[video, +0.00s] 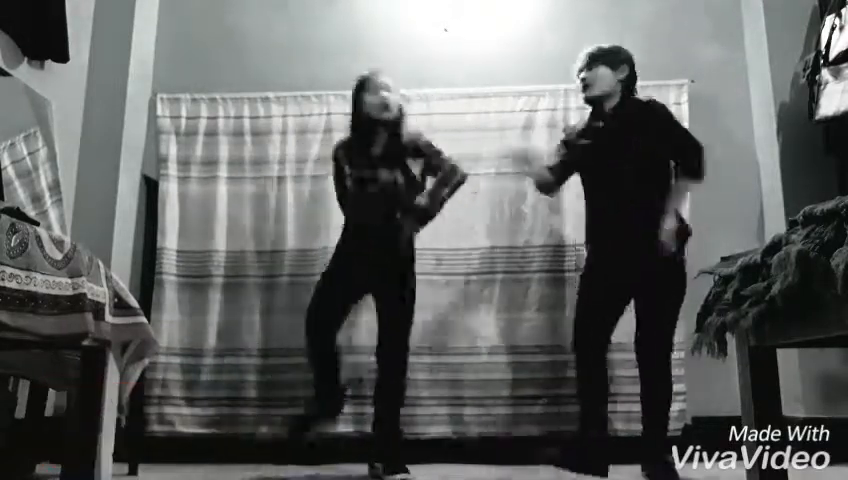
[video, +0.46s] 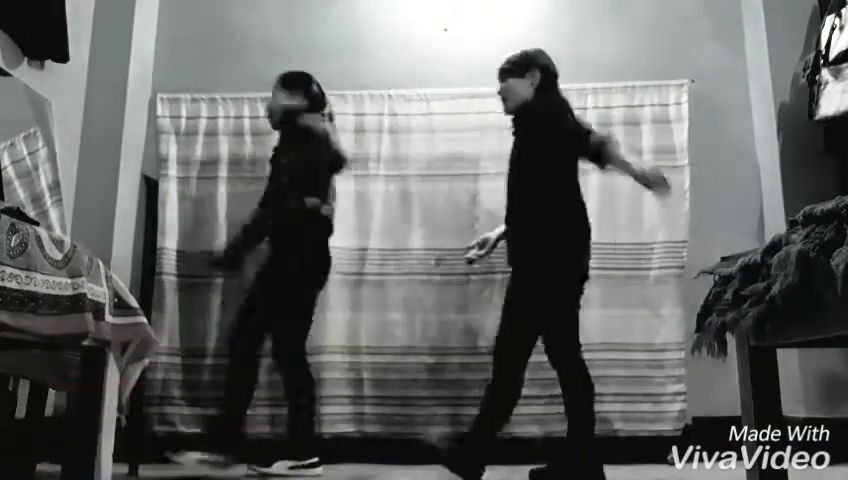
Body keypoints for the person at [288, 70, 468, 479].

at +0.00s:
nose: (384, 97)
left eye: (388, 90)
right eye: (374, 91)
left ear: (397, 101)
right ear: (359, 103)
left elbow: (452, 175)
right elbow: (347, 202)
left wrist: (421, 213)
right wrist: (385, 206)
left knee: (392, 352)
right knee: (319, 323)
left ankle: (387, 450)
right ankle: (327, 402)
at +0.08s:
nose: (340, 99)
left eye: (347, 91)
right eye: (337, 93)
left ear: (367, 93)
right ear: (339, 99)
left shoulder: (393, 142)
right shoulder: (339, 140)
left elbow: (411, 203)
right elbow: (330, 165)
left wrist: (401, 258)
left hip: (386, 258)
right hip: (349, 254)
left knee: (381, 352)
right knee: (316, 343)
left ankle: (386, 453)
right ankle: (310, 445)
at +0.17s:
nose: (315, 98)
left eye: (321, 90)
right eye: (316, 90)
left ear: (342, 95)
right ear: (331, 96)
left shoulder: (372, 135)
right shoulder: (324, 135)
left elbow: (392, 193)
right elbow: (300, 152)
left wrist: (402, 251)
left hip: (364, 253)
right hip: (334, 252)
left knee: (367, 351)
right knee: (306, 347)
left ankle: (390, 453)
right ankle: (304, 448)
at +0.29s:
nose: (291, 104)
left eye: (298, 98)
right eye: (294, 98)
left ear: (314, 107)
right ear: (318, 108)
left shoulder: (343, 146)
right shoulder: (293, 152)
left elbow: (380, 188)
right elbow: (251, 165)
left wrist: (414, 224)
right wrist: (202, 158)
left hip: (332, 261)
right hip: (313, 260)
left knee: (285, 341)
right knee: (286, 343)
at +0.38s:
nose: (278, 111)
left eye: (285, 104)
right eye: (281, 103)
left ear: (304, 110)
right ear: (304, 111)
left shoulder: (331, 148)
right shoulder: (293, 158)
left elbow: (366, 176)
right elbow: (250, 194)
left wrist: (385, 172)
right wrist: (199, 208)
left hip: (314, 261)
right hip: (302, 261)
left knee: (232, 312)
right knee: (282, 346)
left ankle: (303, 364)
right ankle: (301, 447)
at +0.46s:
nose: (268, 104)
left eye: (275, 97)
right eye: (271, 97)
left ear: (294, 100)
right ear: (305, 100)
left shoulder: (298, 139)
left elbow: (274, 206)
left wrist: (234, 251)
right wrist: (234, 250)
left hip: (293, 254)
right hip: (306, 254)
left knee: (245, 337)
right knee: (290, 348)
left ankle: (227, 435)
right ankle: (303, 443)